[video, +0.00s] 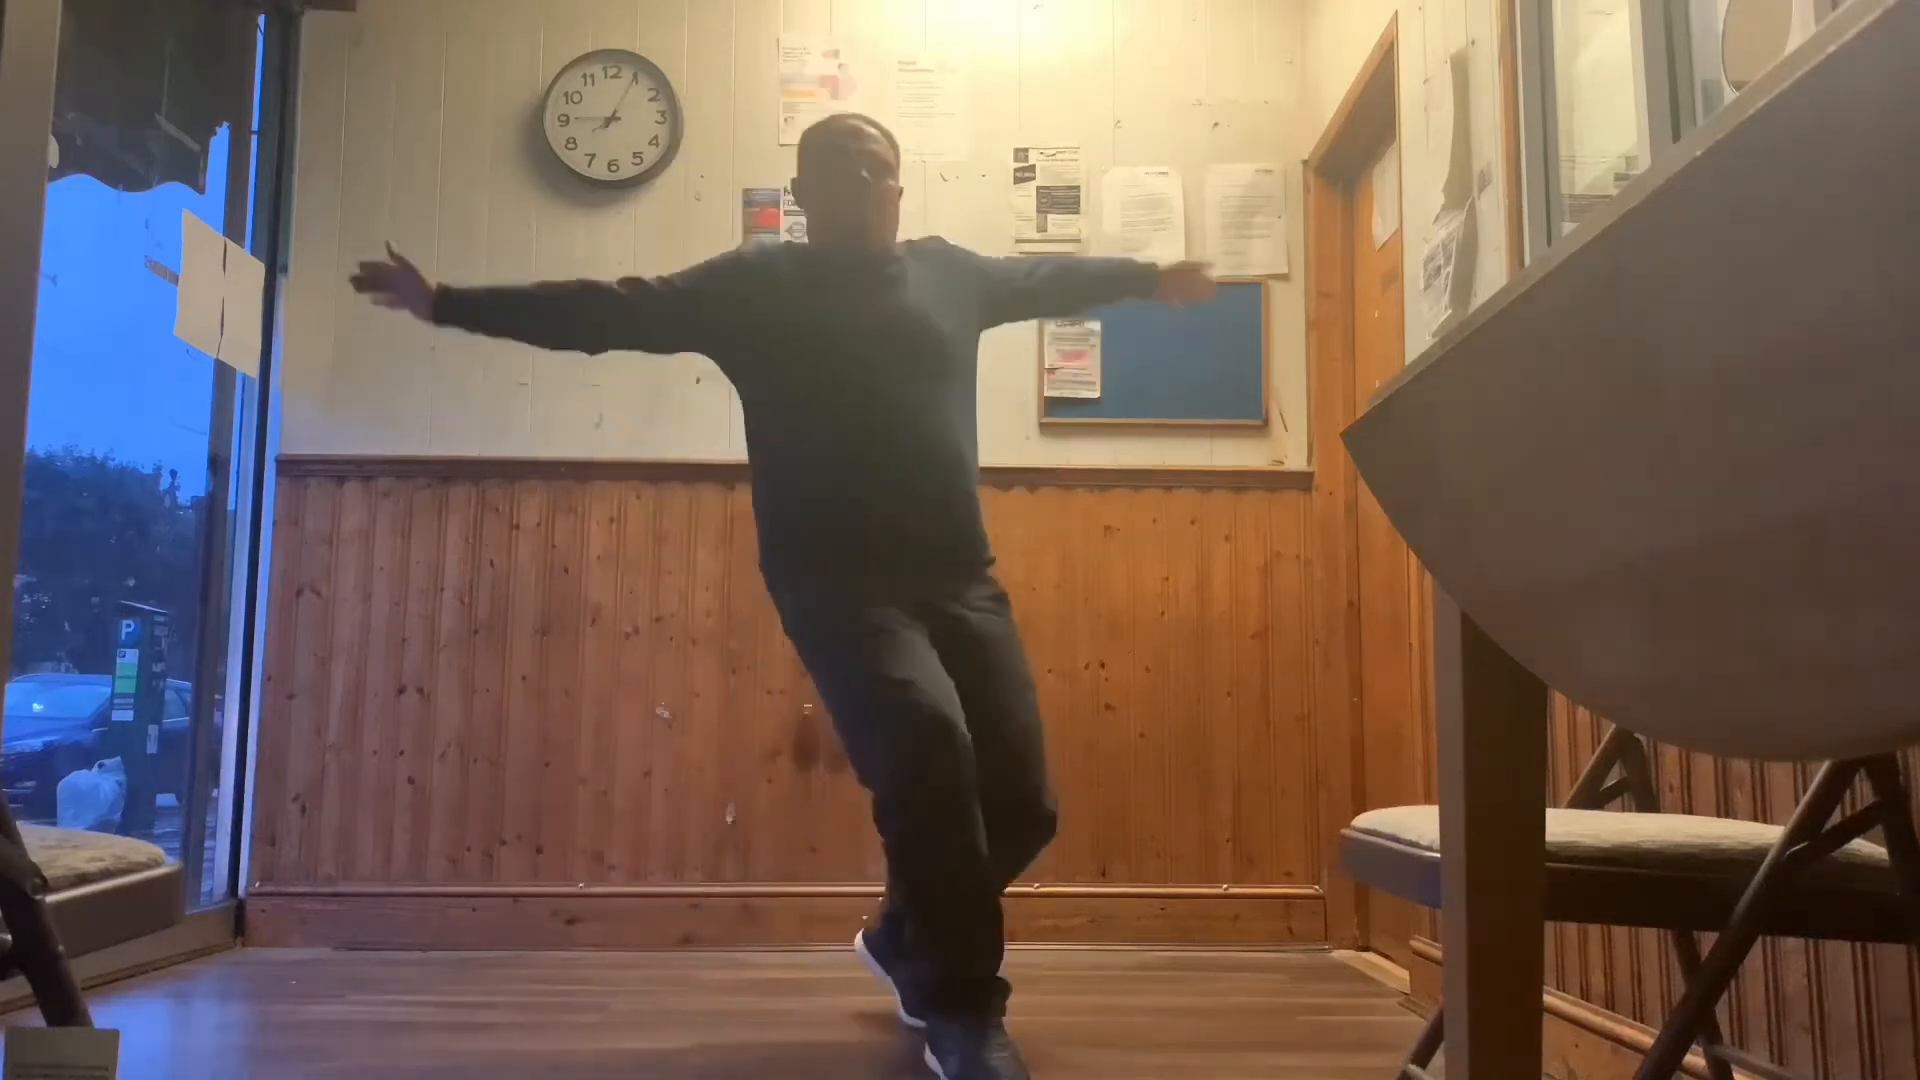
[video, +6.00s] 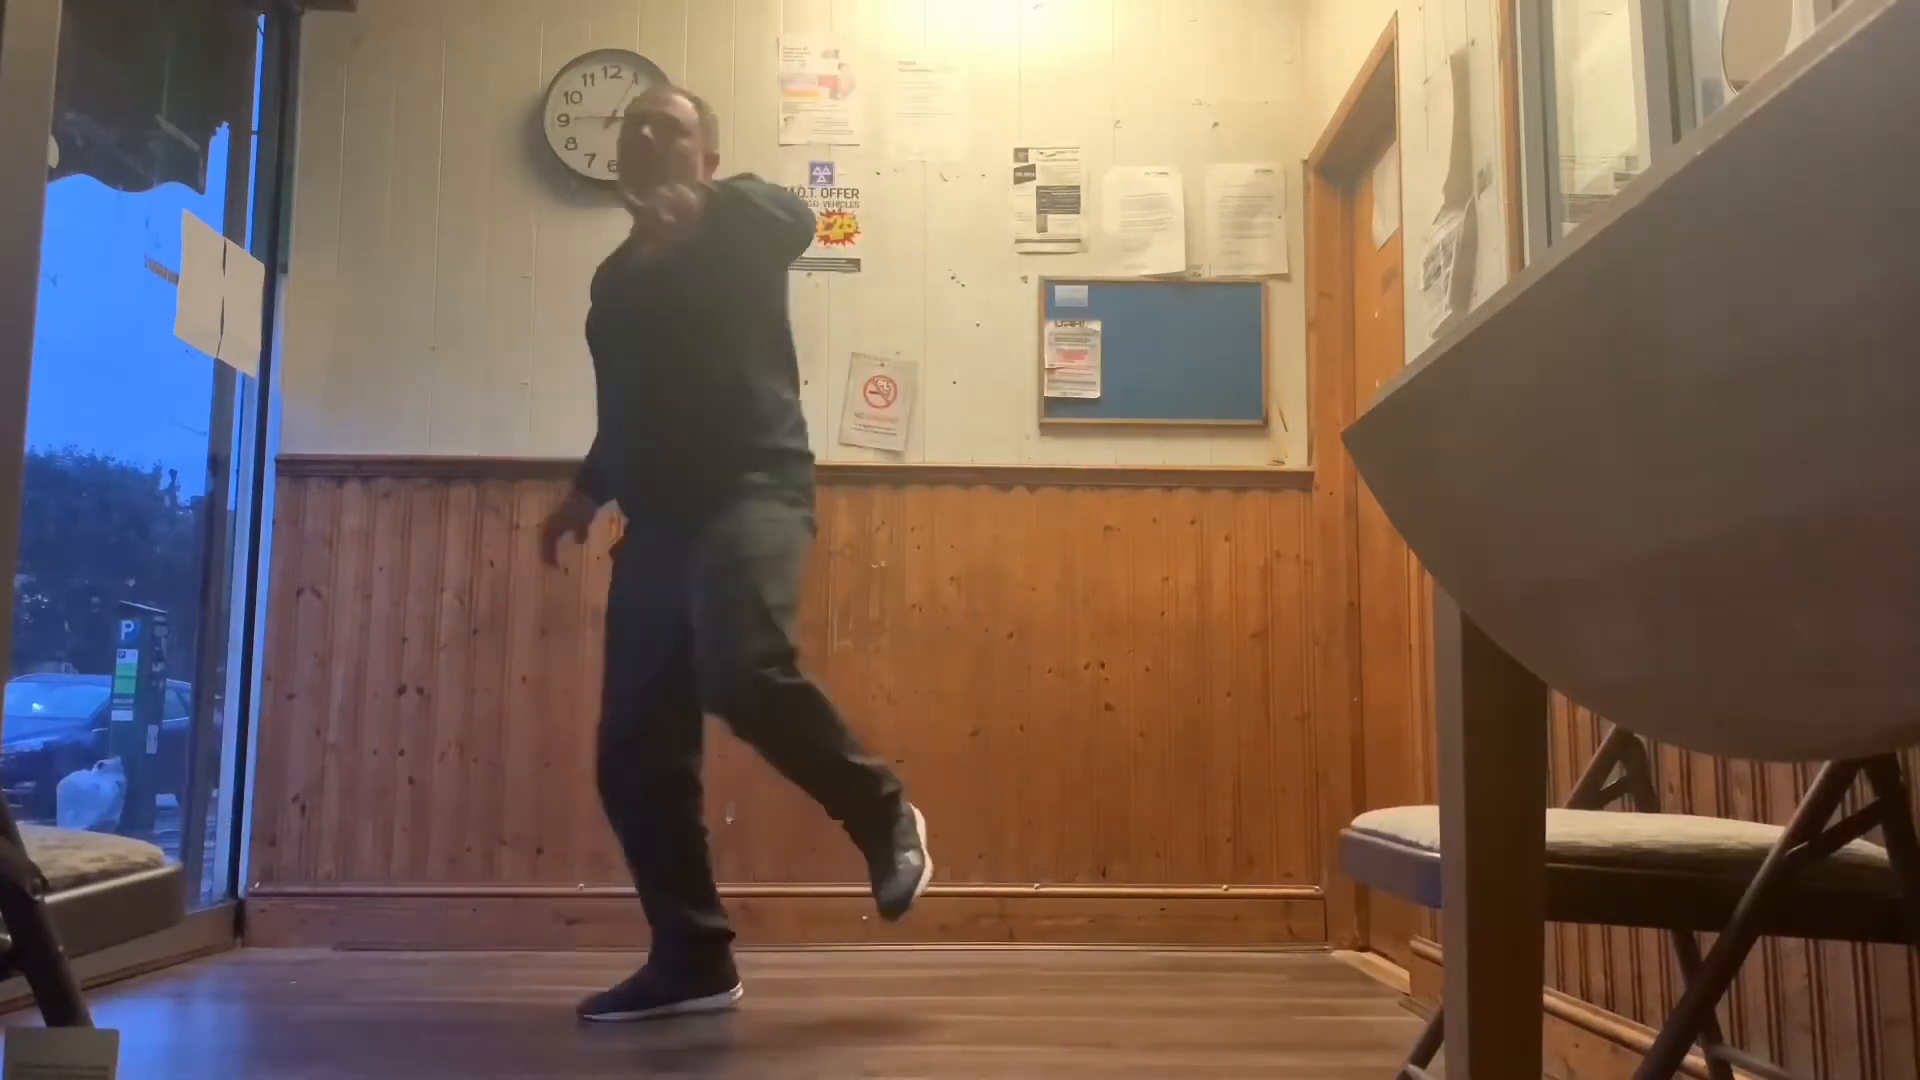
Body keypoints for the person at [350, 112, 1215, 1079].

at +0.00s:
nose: (875, 186)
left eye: (885, 170)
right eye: (851, 170)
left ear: (903, 189)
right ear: (803, 193)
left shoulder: (948, 276)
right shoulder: (753, 288)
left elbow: (1052, 278)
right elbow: (607, 312)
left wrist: (1153, 278)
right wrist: (444, 303)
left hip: (962, 576)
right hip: (842, 586)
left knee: (1022, 803)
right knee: (931, 756)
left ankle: (910, 936)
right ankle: (966, 1021)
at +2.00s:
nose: (919, 246)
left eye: (929, 231)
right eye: (898, 229)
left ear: (942, 247)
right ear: (851, 243)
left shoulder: (982, 323)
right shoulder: (801, 337)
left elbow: (1081, 352)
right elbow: (677, 373)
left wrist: (1163, 387)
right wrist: (533, 395)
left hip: (1008, 597)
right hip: (903, 606)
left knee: (1074, 801)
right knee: (1015, 751)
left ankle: (949, 896)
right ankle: (1052, 983)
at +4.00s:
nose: (982, 226)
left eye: (990, 210)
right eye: (962, 208)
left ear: (998, 215)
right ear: (919, 207)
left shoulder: (998, 293)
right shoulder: (849, 284)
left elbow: (1080, 293)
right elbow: (730, 378)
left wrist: (1022, 222)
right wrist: (681, 504)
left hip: (949, 542)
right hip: (872, 538)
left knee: (977, 740)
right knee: (964, 737)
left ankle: (838, 899)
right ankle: (944, 973)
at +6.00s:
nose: (649, 141)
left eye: (669, 127)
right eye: (635, 128)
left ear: (708, 152)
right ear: (617, 157)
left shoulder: (745, 223)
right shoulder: (616, 283)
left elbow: (797, 222)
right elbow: (624, 413)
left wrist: (715, 191)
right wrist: (587, 494)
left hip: (752, 494)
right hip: (656, 516)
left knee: (743, 680)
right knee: (639, 749)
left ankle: (881, 818)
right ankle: (692, 958)